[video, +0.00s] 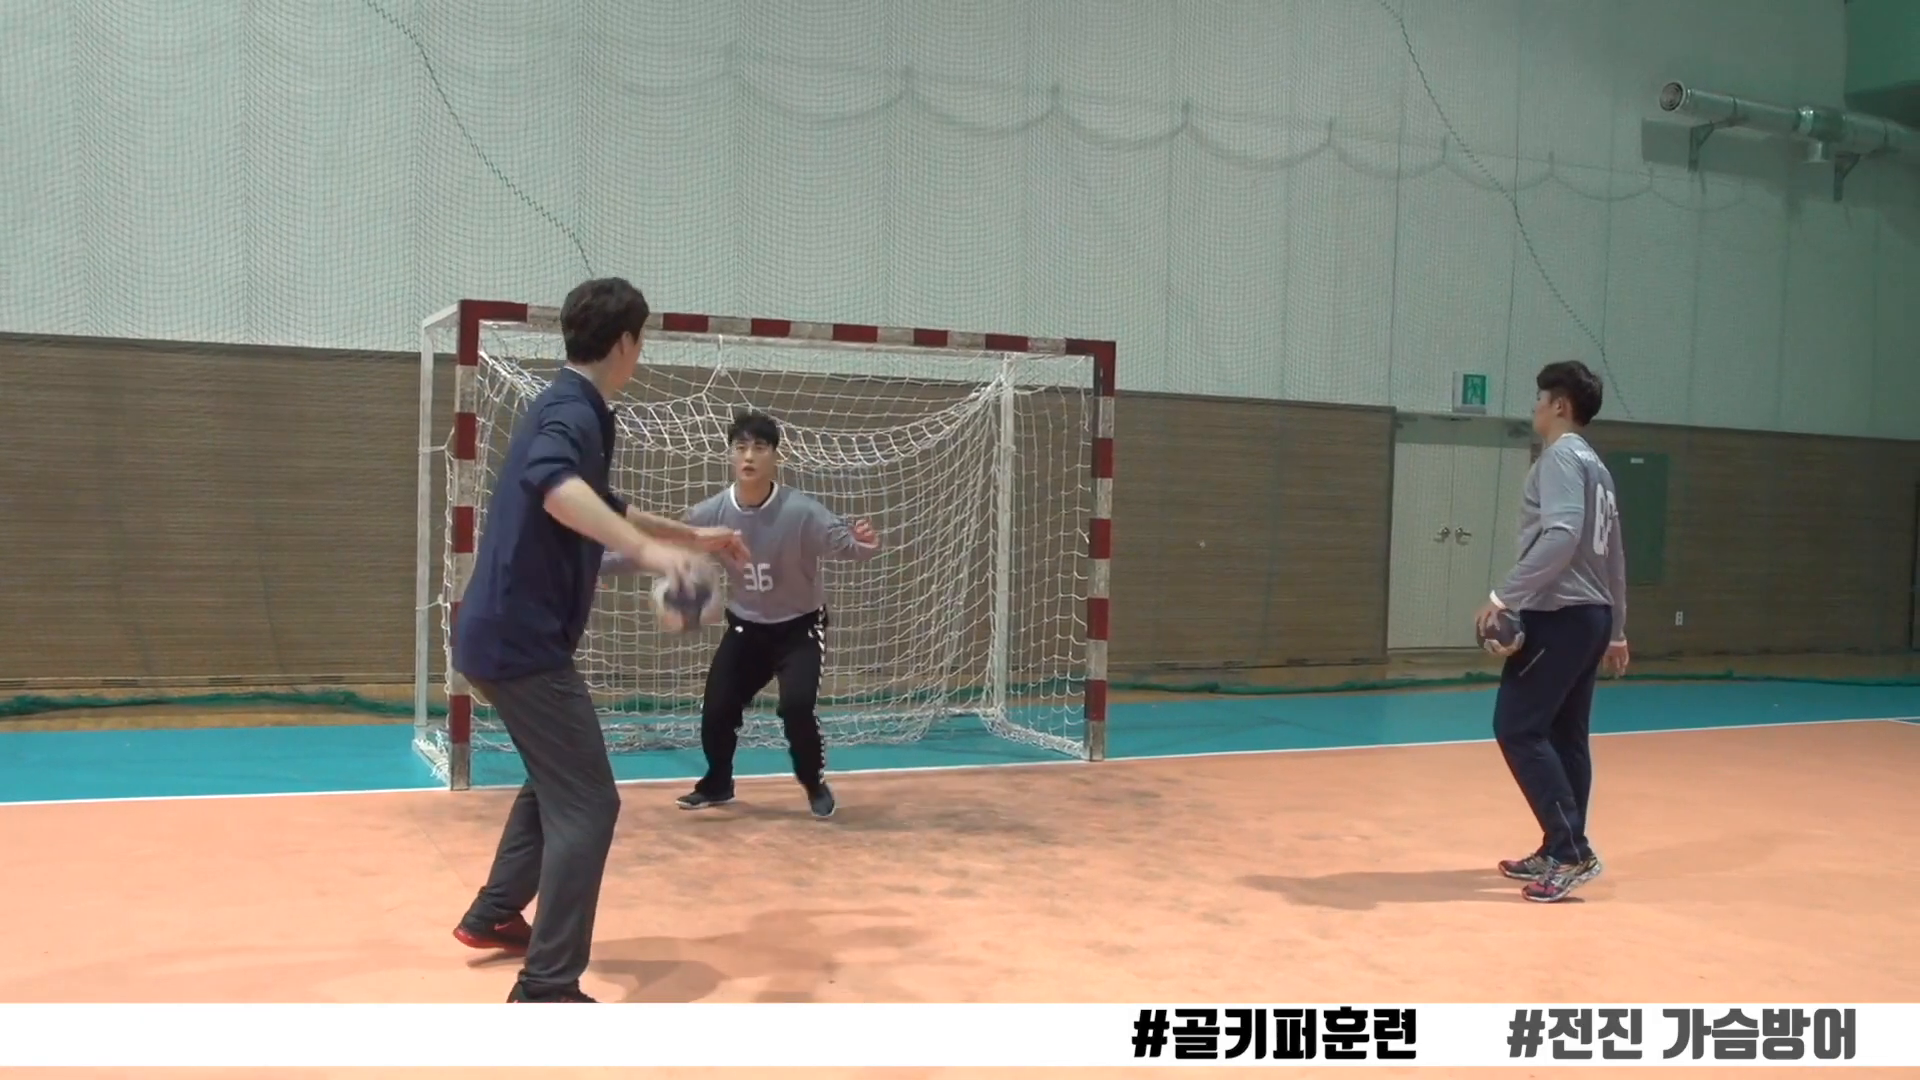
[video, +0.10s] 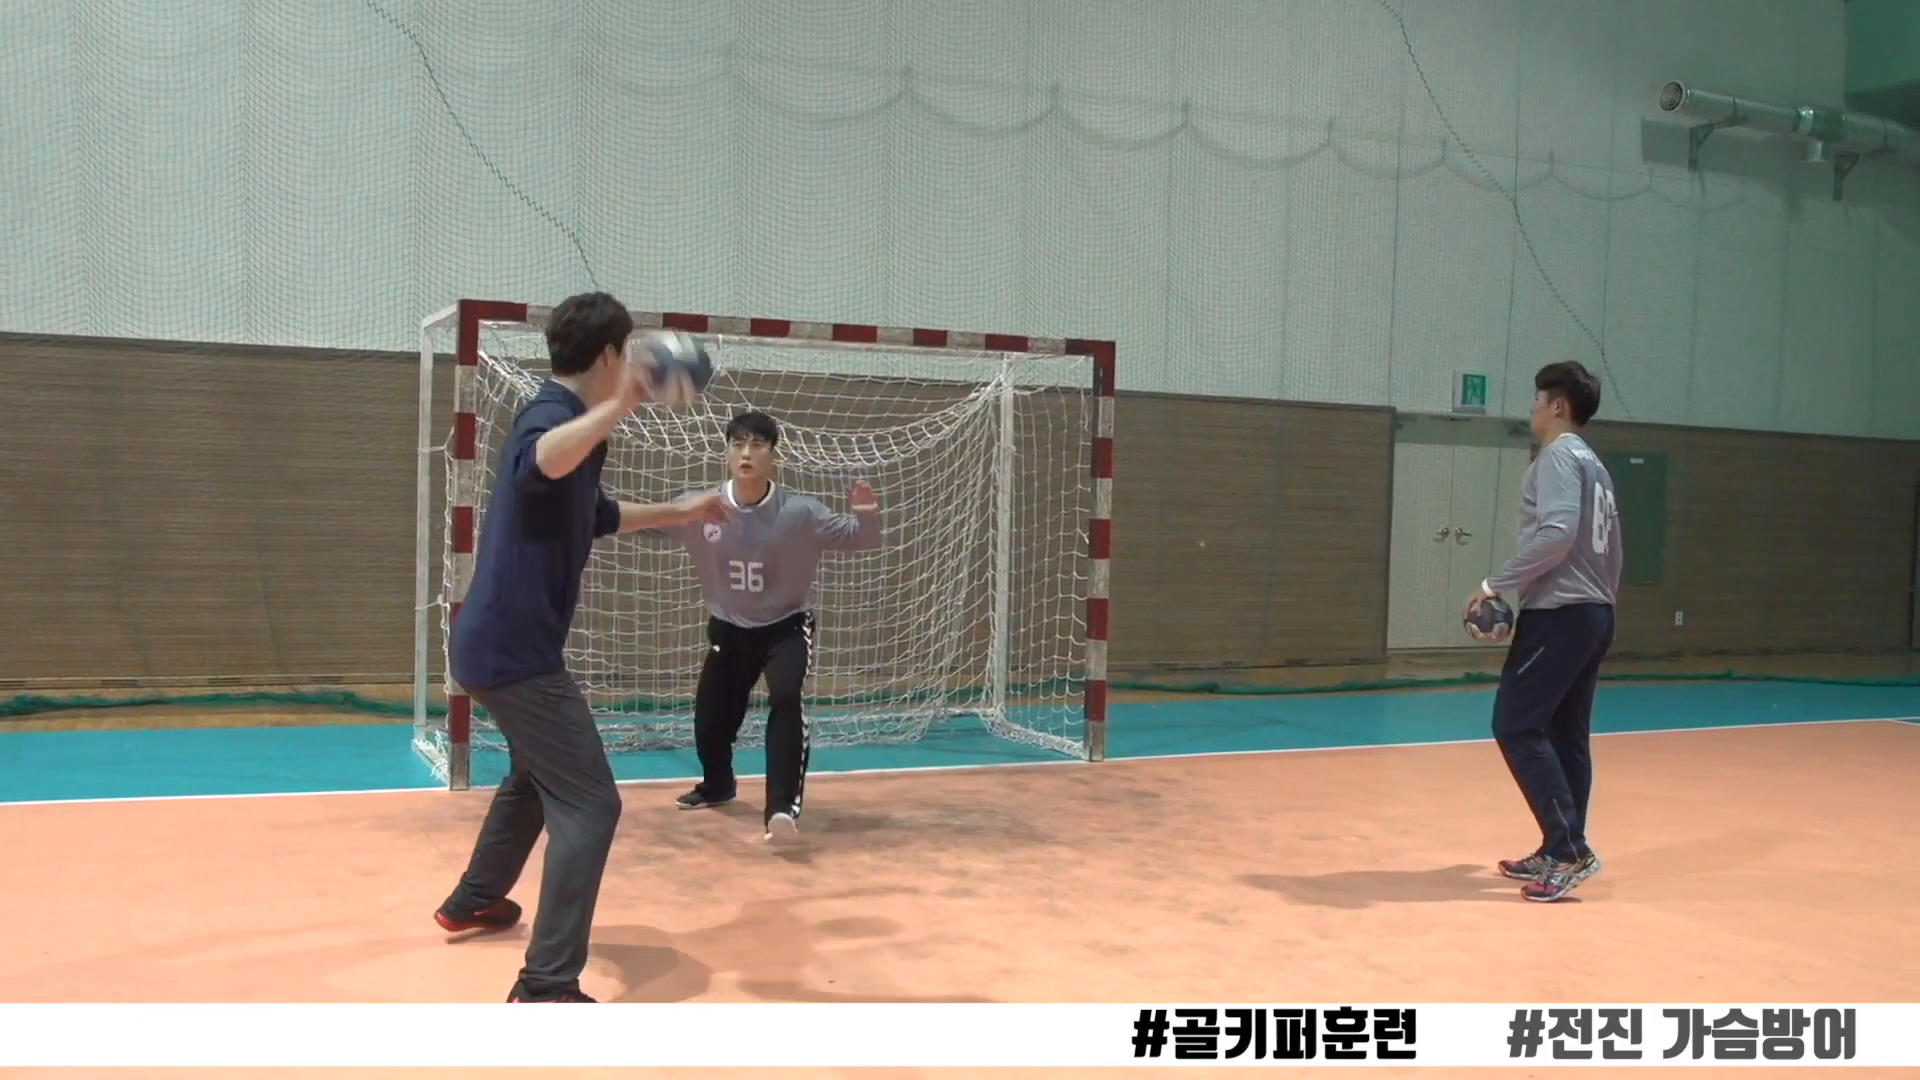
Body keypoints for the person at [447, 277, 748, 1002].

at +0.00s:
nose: (640, 354)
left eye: (639, 341)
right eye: (639, 340)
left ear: (582, 338)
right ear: (622, 342)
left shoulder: (586, 411)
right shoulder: (567, 407)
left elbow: (609, 512)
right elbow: (555, 488)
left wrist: (697, 538)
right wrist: (648, 553)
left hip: (519, 634)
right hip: (515, 639)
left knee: (559, 779)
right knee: (588, 803)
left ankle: (493, 915)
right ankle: (549, 985)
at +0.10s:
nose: (630, 365)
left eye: (630, 353)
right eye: (627, 353)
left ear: (570, 355)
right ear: (606, 356)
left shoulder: (574, 427)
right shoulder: (551, 411)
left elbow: (596, 517)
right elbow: (543, 461)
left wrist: (682, 513)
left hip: (503, 640)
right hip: (514, 646)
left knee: (538, 775)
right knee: (591, 805)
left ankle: (475, 897)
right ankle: (548, 984)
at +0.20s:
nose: (587, 380)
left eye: (587, 363)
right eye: (581, 364)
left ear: (534, 367)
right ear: (556, 367)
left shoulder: (532, 430)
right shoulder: (534, 432)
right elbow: (559, 417)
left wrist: (584, 511)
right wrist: (567, 310)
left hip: (497, 647)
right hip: (517, 652)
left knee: (528, 768)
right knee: (578, 806)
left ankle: (459, 890)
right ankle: (548, 981)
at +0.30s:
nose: (566, 365)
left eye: (563, 351)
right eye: (559, 352)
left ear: (502, 367)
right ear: (541, 360)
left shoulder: (488, 434)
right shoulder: (528, 416)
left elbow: (444, 540)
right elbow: (587, 406)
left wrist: (499, 579)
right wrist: (572, 305)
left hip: (473, 637)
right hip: (517, 637)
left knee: (514, 764)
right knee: (535, 799)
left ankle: (456, 894)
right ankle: (533, 971)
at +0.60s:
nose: (508, 357)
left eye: (503, 347)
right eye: (503, 348)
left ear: (441, 361)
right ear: (489, 353)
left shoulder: (404, 430)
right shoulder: (520, 401)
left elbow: (362, 525)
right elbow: (613, 413)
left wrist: (404, 590)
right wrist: (662, 388)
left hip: (409, 601)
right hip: (474, 588)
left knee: (448, 747)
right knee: (498, 745)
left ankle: (453, 887)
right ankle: (446, 896)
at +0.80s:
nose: (464, 338)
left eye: (459, 327)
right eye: (460, 327)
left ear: (398, 337)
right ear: (443, 330)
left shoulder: (359, 424)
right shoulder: (466, 388)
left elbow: (341, 533)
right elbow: (565, 427)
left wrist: (415, 532)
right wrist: (615, 420)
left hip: (374, 596)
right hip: (432, 587)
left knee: (433, 751)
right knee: (466, 752)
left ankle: (453, 896)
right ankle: (354, 894)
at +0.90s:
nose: (438, 334)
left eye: (435, 322)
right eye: (433, 323)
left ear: (375, 331)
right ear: (409, 325)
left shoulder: (340, 418)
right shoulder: (427, 389)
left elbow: (323, 532)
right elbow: (502, 444)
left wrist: (408, 540)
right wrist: (546, 477)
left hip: (356, 603)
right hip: (404, 599)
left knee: (430, 753)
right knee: (434, 765)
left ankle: (452, 895)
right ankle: (313, 900)